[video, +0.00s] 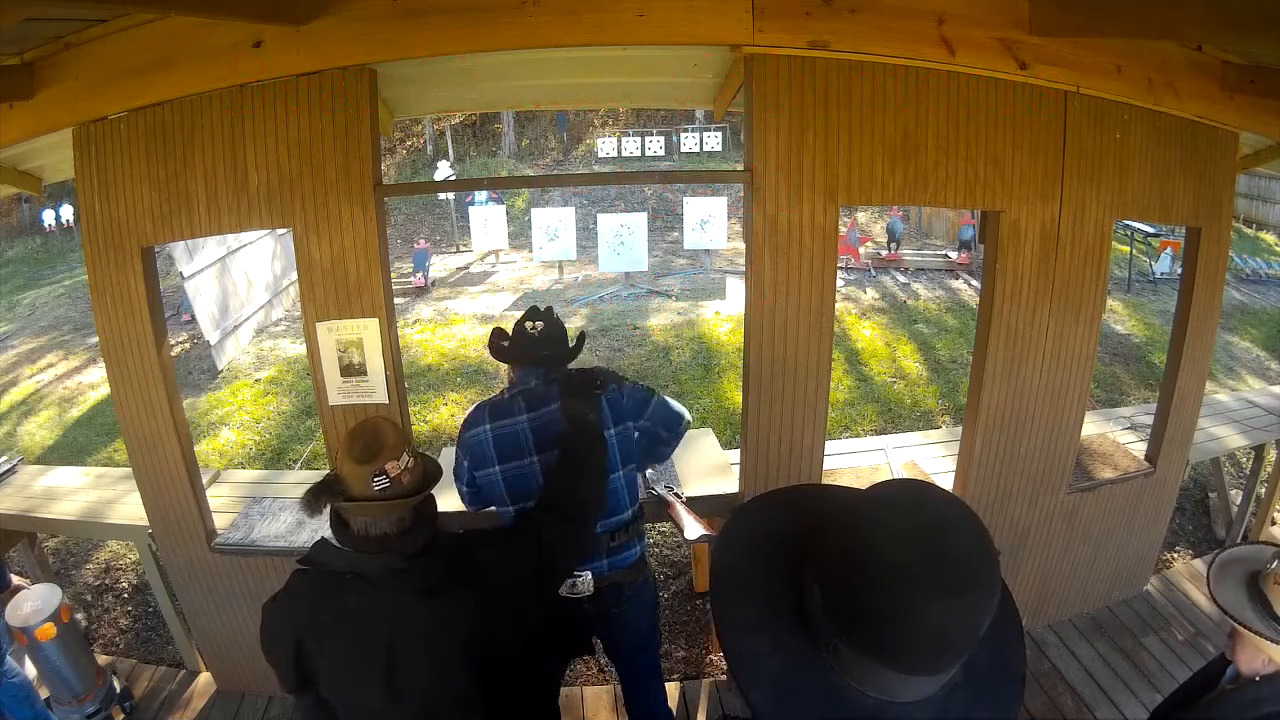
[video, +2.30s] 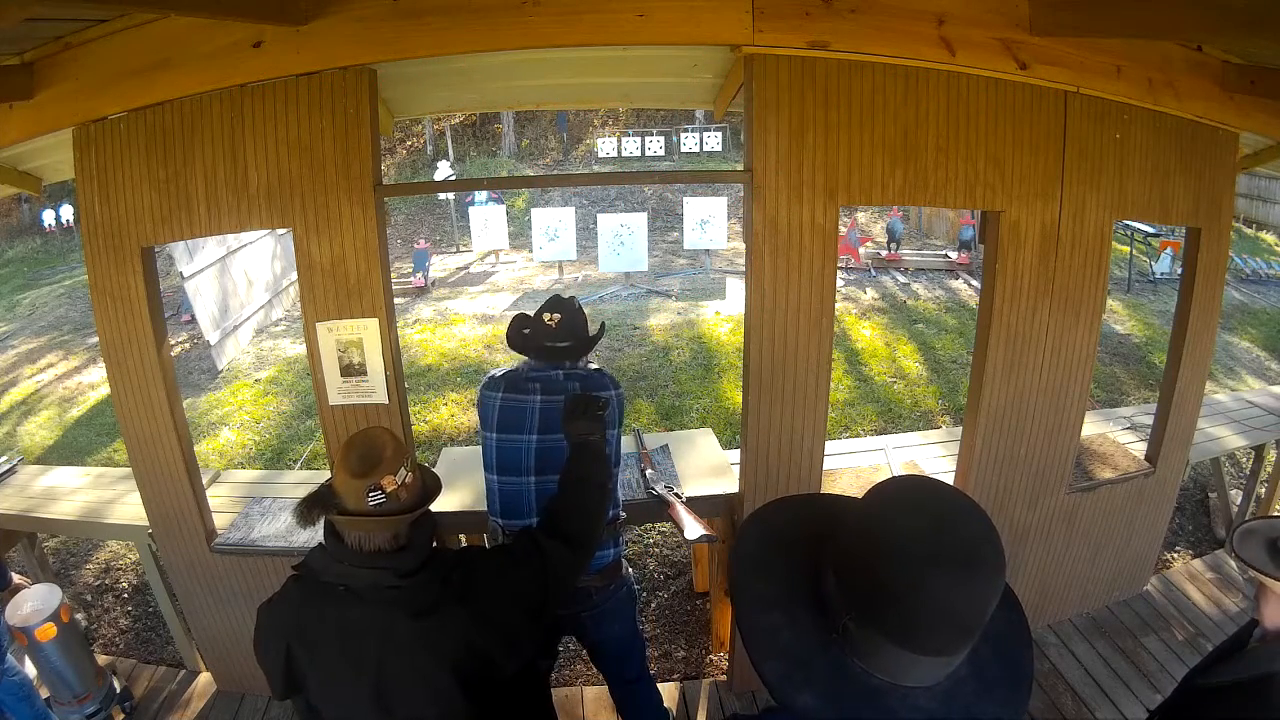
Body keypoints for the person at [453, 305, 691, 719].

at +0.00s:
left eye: (512, 358)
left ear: (510, 363)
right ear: (563, 355)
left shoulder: (479, 424)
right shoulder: (607, 391)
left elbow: (473, 499)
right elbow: (673, 421)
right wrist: (625, 460)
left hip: (537, 590)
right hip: (624, 580)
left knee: (539, 698)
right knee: (646, 691)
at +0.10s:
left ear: (508, 356)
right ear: (567, 348)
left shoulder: (476, 424)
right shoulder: (606, 387)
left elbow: (465, 500)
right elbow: (681, 403)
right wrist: (621, 391)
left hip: (535, 590)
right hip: (621, 581)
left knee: (537, 701)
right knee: (644, 691)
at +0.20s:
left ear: (508, 353)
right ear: (569, 345)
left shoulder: (478, 419)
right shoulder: (603, 392)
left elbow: (473, 490)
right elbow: (665, 447)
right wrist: (613, 437)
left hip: (536, 591)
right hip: (618, 582)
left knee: (537, 697)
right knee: (642, 686)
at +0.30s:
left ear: (513, 349)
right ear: (574, 345)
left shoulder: (483, 414)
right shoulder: (609, 401)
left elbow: (478, 465)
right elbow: (638, 460)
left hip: (536, 591)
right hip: (616, 585)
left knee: (536, 694)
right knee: (641, 688)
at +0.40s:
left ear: (519, 347)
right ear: (580, 345)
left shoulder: (488, 406)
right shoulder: (610, 397)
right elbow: (628, 486)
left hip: (532, 592)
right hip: (611, 587)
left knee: (532, 694)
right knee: (639, 688)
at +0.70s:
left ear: (517, 341)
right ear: (579, 343)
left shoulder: (489, 395)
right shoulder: (602, 391)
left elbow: (512, 374)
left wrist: (521, 347)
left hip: (520, 584)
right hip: (599, 580)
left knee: (530, 693)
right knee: (636, 690)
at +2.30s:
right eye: (585, 339)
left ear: (529, 341)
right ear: (583, 345)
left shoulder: (491, 390)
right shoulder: (605, 389)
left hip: (517, 582)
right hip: (596, 576)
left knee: (528, 692)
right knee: (634, 687)